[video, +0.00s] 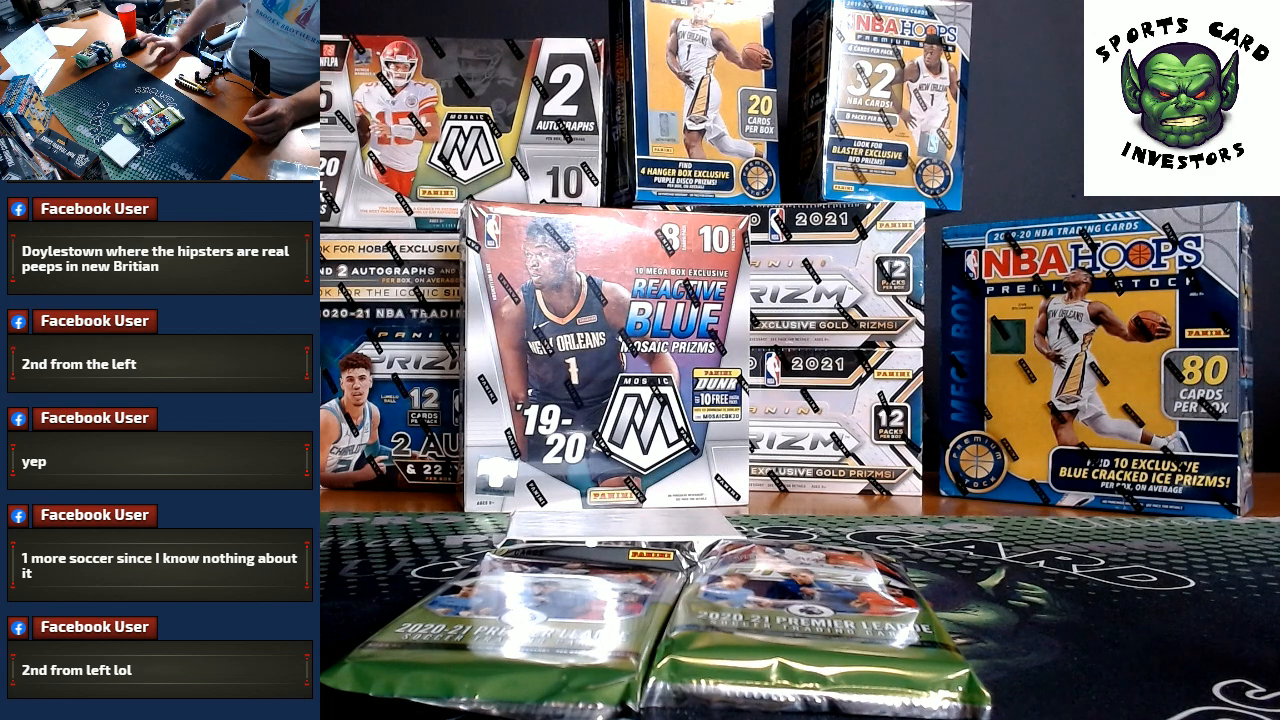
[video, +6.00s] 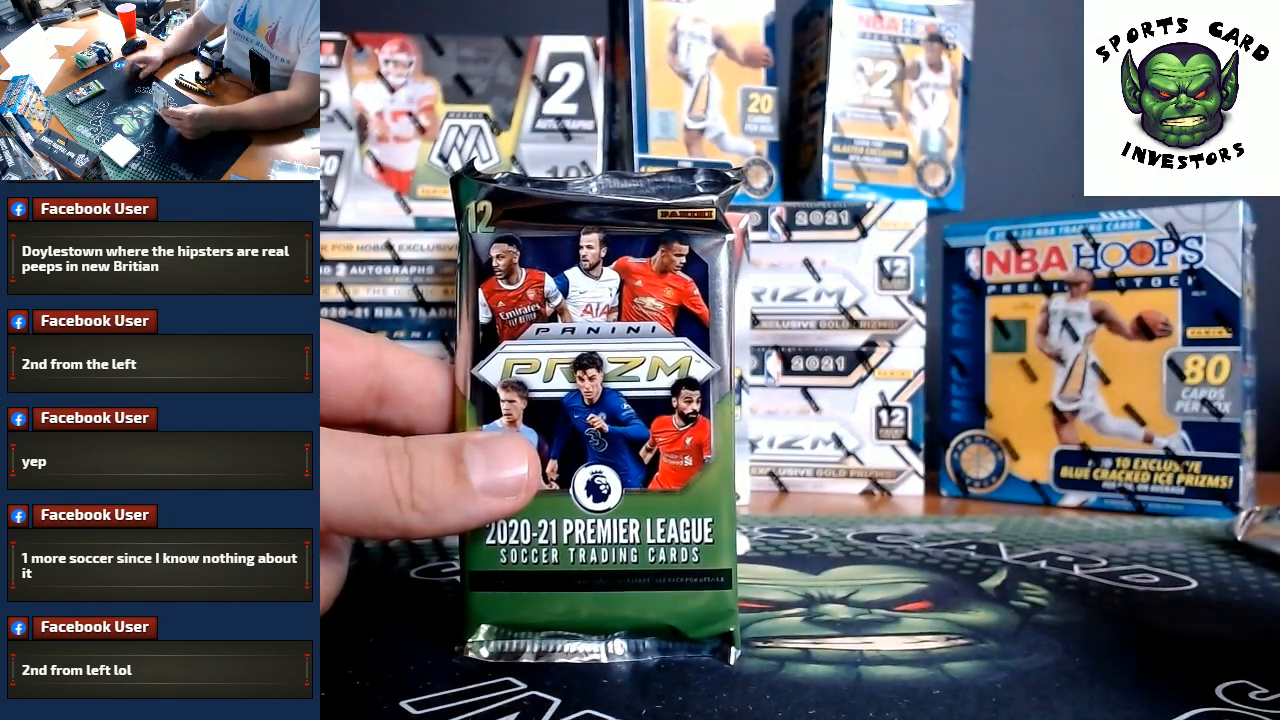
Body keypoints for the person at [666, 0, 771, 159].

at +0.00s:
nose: (697, 9)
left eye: (703, 6)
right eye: (695, 6)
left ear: (711, 12)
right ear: (692, 8)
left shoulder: (715, 34)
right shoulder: (678, 25)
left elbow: (740, 59)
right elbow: (670, 53)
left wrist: (764, 62)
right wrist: (678, 72)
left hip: (705, 87)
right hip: (692, 88)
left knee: (692, 141)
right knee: (725, 145)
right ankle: (766, 158)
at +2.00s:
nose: (697, 9)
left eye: (702, 6)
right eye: (695, 6)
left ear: (711, 11)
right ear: (692, 8)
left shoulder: (715, 34)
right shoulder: (678, 25)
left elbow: (739, 59)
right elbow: (670, 54)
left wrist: (764, 63)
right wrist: (678, 72)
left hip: (705, 87)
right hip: (692, 88)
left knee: (692, 141)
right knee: (725, 145)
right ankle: (762, 156)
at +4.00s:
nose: (694, 11)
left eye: (697, 8)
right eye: (688, 7)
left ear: (702, 8)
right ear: (683, 6)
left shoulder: (712, 31)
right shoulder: (679, 25)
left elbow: (734, 54)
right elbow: (671, 53)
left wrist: (756, 59)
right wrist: (678, 70)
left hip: (706, 84)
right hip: (692, 85)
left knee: (692, 138)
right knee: (724, 142)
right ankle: (757, 152)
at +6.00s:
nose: (695, 11)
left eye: (698, 8)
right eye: (690, 7)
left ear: (703, 8)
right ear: (684, 6)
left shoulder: (712, 30)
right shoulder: (679, 25)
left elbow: (734, 54)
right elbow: (671, 53)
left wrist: (755, 59)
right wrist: (678, 70)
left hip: (706, 84)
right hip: (692, 85)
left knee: (692, 138)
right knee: (724, 142)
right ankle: (756, 152)